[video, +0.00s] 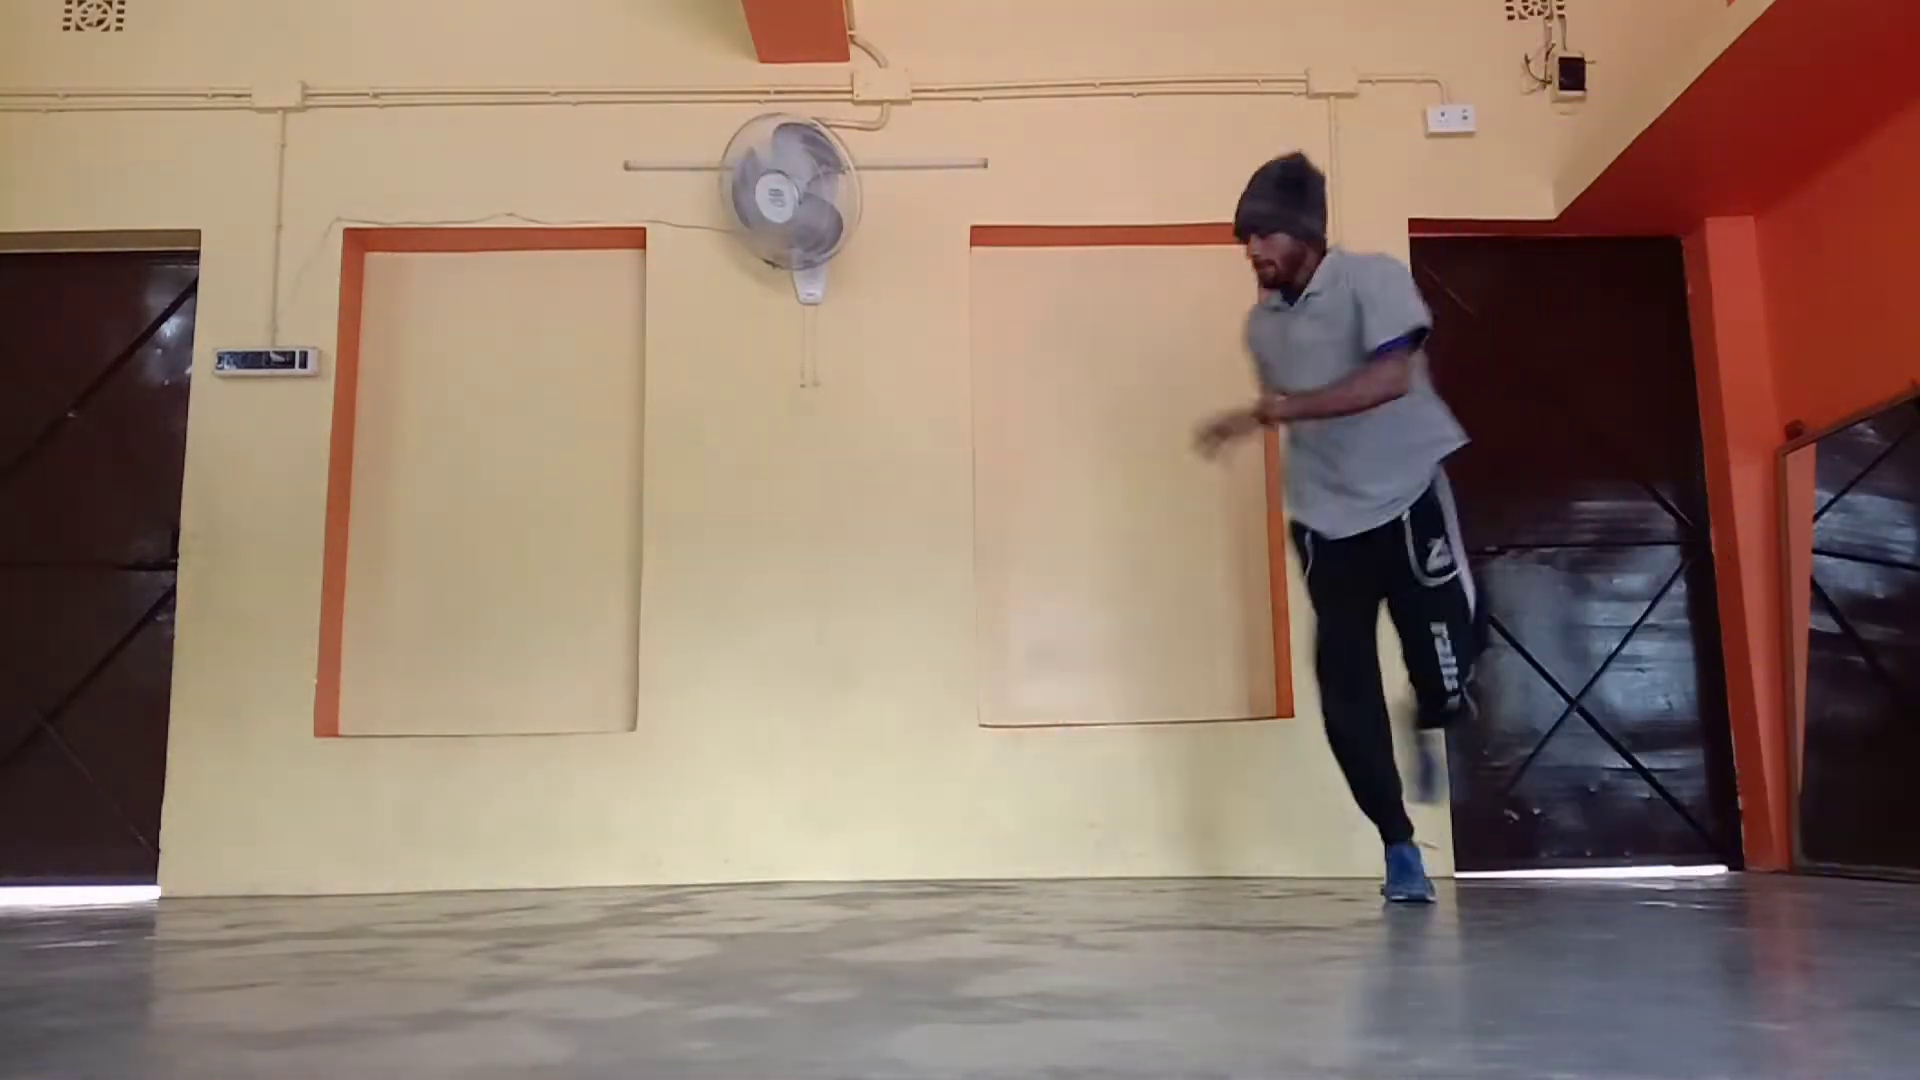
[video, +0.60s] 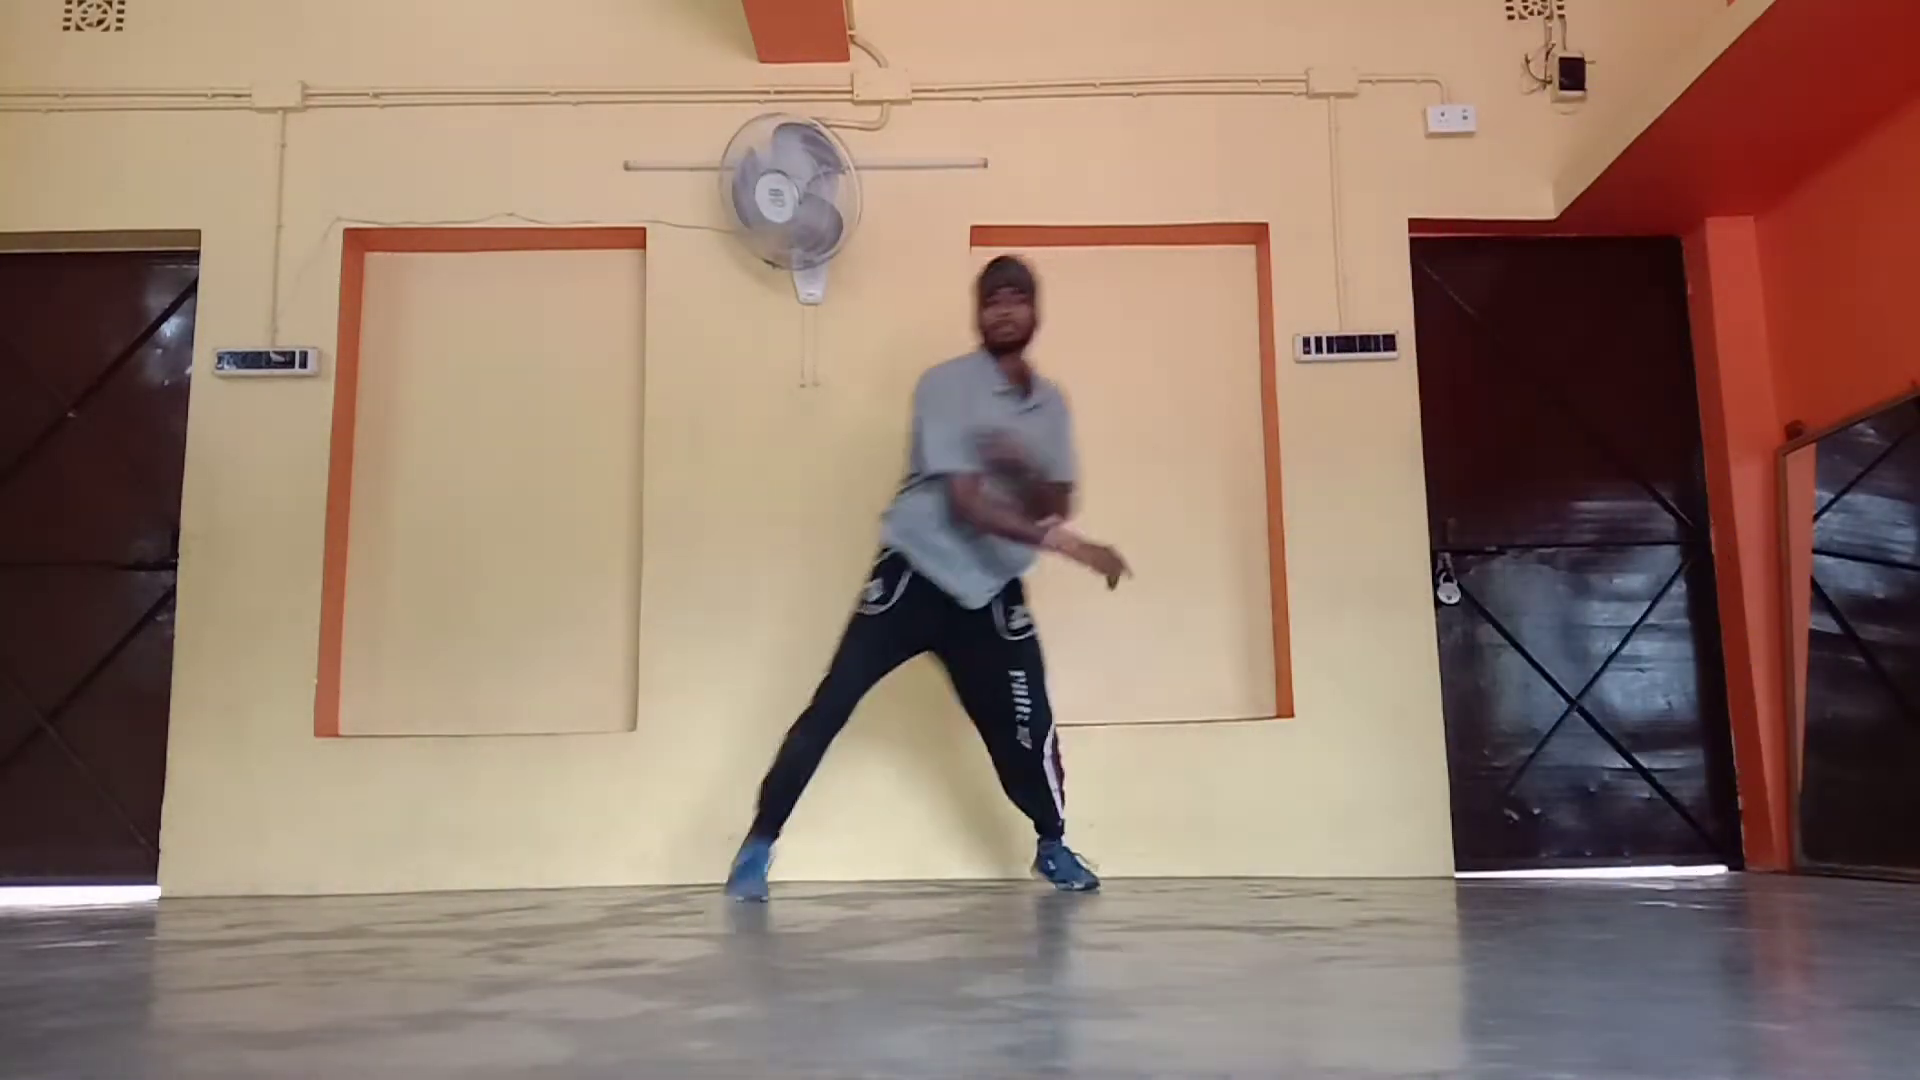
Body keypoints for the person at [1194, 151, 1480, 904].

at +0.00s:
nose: (1255, 251)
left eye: (1266, 235)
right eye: (1246, 237)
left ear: (1308, 231)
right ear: (1246, 239)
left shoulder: (1375, 278)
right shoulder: (1263, 324)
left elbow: (1391, 376)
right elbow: (1291, 404)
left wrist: (1287, 409)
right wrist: (1244, 425)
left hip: (1410, 504)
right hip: (1328, 524)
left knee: (1441, 671)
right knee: (1347, 694)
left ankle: (1430, 723)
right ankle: (1398, 848)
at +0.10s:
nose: (1234, 262)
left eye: (1247, 248)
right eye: (1227, 250)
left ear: (1288, 249)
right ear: (1225, 255)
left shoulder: (1346, 307)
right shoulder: (1215, 345)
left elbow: (1336, 410)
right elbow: (1223, 442)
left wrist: (1227, 411)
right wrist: (1209, 436)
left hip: (1341, 531)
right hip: (1266, 536)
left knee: (1357, 690)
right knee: (1322, 697)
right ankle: (1391, 846)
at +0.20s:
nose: (1221, 275)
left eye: (1236, 262)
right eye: (1213, 262)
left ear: (1268, 268)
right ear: (1203, 265)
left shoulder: (1308, 348)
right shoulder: (1168, 341)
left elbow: (1339, 458)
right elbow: (1124, 432)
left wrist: (1282, 509)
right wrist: (1106, 529)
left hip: (1259, 525)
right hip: (1184, 520)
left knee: (1249, 677)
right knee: (1254, 652)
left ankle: (1208, 832)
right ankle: (1275, 818)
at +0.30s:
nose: (1203, 309)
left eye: (1219, 298)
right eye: (1193, 297)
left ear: (1242, 311)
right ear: (1179, 307)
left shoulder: (1256, 415)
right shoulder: (1130, 378)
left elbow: (1299, 506)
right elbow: (1034, 423)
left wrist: (1355, 576)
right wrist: (976, 485)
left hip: (1184, 573)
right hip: (1113, 556)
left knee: (1210, 711)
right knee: (1177, 685)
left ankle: (1195, 851)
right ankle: (1087, 726)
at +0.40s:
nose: (1155, 282)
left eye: (1169, 274)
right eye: (1145, 272)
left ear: (1186, 290)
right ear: (1127, 281)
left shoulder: (1194, 385)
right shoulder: (1078, 347)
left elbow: (1235, 445)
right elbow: (982, 389)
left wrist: (1295, 499)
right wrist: (964, 438)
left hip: (1117, 556)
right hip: (1043, 534)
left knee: (1153, 707)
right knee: (1015, 680)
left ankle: (1159, 840)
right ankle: (960, 701)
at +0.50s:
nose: (1079, 286)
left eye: (1092, 276)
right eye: (1068, 275)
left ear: (1109, 288)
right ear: (1051, 285)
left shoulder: (1116, 371)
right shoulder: (1013, 352)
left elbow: (1147, 441)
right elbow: (967, 440)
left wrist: (1183, 463)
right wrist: (1037, 481)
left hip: (1059, 566)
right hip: (982, 547)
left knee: (1087, 710)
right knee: (893, 673)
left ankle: (1063, 835)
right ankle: (852, 770)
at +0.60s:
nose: (1004, 310)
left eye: (1017, 300)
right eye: (993, 301)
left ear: (1037, 312)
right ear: (978, 314)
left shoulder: (1049, 403)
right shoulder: (946, 386)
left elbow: (1059, 505)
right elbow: (967, 504)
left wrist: (1022, 468)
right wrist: (1074, 547)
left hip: (992, 588)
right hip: (913, 573)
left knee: (1027, 723)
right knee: (831, 706)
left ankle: (1053, 844)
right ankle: (759, 844)